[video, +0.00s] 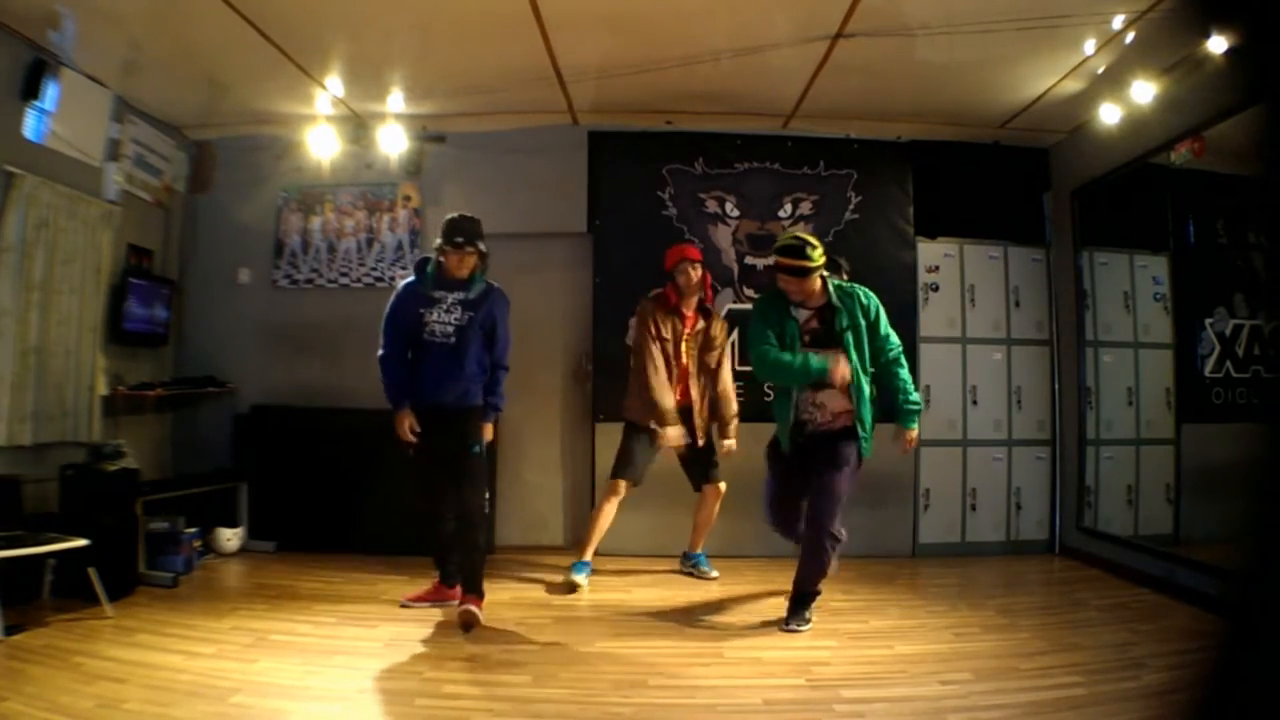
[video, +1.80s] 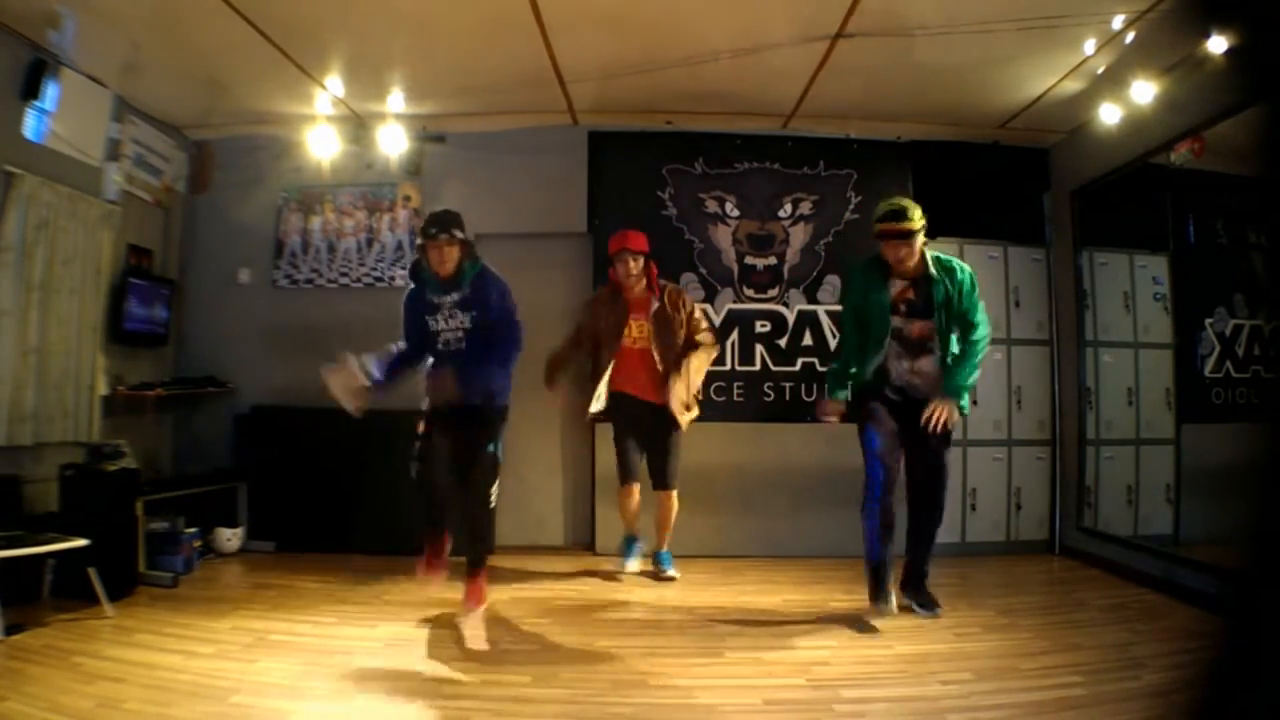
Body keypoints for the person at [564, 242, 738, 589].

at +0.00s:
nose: (692, 273)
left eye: (696, 266)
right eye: (684, 267)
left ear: (704, 273)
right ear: (672, 274)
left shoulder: (712, 323)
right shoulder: (652, 312)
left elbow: (722, 378)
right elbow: (652, 370)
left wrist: (728, 428)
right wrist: (667, 420)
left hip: (693, 418)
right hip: (649, 414)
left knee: (714, 487)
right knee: (618, 486)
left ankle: (693, 555)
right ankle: (584, 563)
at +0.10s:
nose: (691, 269)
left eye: (696, 262)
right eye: (684, 263)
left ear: (705, 266)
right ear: (674, 268)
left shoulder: (722, 316)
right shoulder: (653, 307)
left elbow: (733, 370)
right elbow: (635, 358)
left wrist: (736, 419)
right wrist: (629, 410)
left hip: (701, 412)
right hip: (657, 409)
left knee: (712, 485)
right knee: (628, 479)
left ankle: (694, 554)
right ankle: (605, 557)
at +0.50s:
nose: (660, 265)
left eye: (667, 260)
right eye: (657, 259)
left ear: (683, 265)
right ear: (652, 263)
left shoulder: (715, 306)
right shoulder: (643, 306)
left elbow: (742, 351)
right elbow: (607, 338)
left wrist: (720, 391)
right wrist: (589, 369)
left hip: (701, 406)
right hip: (659, 403)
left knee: (699, 483)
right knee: (626, 468)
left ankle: (708, 554)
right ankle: (642, 534)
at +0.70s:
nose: (624, 265)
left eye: (631, 259)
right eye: (624, 259)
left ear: (649, 265)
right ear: (635, 266)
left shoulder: (689, 296)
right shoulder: (630, 304)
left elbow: (710, 350)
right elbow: (616, 353)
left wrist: (673, 366)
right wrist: (584, 354)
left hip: (686, 402)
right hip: (648, 401)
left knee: (694, 477)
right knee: (627, 477)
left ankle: (708, 555)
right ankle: (602, 557)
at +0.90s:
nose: (604, 264)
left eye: (612, 257)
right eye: (600, 258)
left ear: (628, 261)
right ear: (597, 264)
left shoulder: (659, 298)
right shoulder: (600, 304)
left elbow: (661, 356)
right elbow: (598, 354)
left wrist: (637, 393)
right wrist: (610, 387)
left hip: (660, 403)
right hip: (620, 404)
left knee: (675, 479)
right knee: (608, 480)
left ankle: (700, 550)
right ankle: (599, 560)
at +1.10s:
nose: (616, 254)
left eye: (622, 247)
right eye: (608, 249)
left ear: (633, 253)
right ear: (599, 256)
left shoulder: (657, 300)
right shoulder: (583, 302)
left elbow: (666, 358)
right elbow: (572, 357)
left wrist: (663, 407)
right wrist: (587, 402)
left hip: (645, 400)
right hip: (602, 400)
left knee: (660, 474)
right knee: (595, 479)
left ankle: (654, 536)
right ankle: (597, 558)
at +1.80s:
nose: (628, 267)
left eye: (634, 260)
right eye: (621, 261)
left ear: (645, 262)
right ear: (613, 267)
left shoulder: (674, 300)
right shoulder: (603, 303)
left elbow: (707, 343)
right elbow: (579, 341)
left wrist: (687, 380)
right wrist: (554, 370)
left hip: (666, 402)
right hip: (624, 399)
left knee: (665, 483)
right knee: (628, 479)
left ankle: (663, 552)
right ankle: (631, 542)